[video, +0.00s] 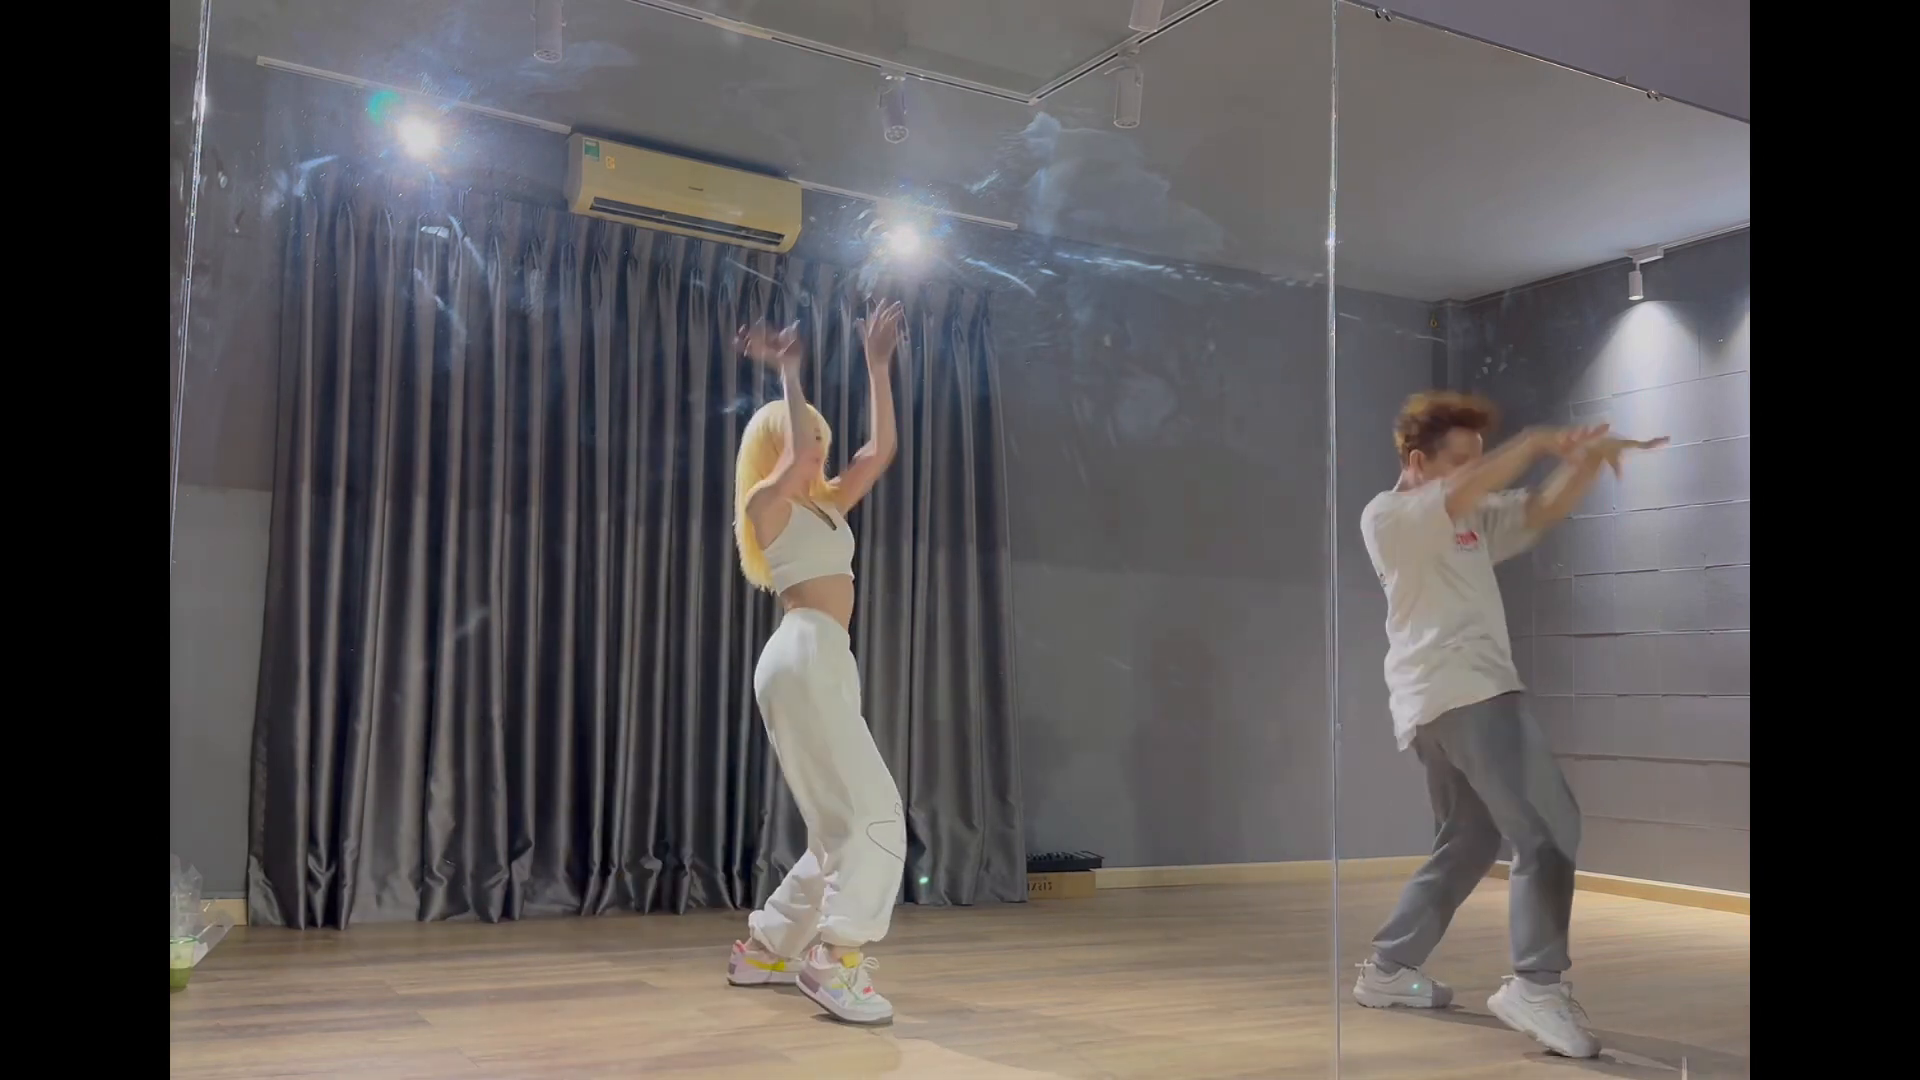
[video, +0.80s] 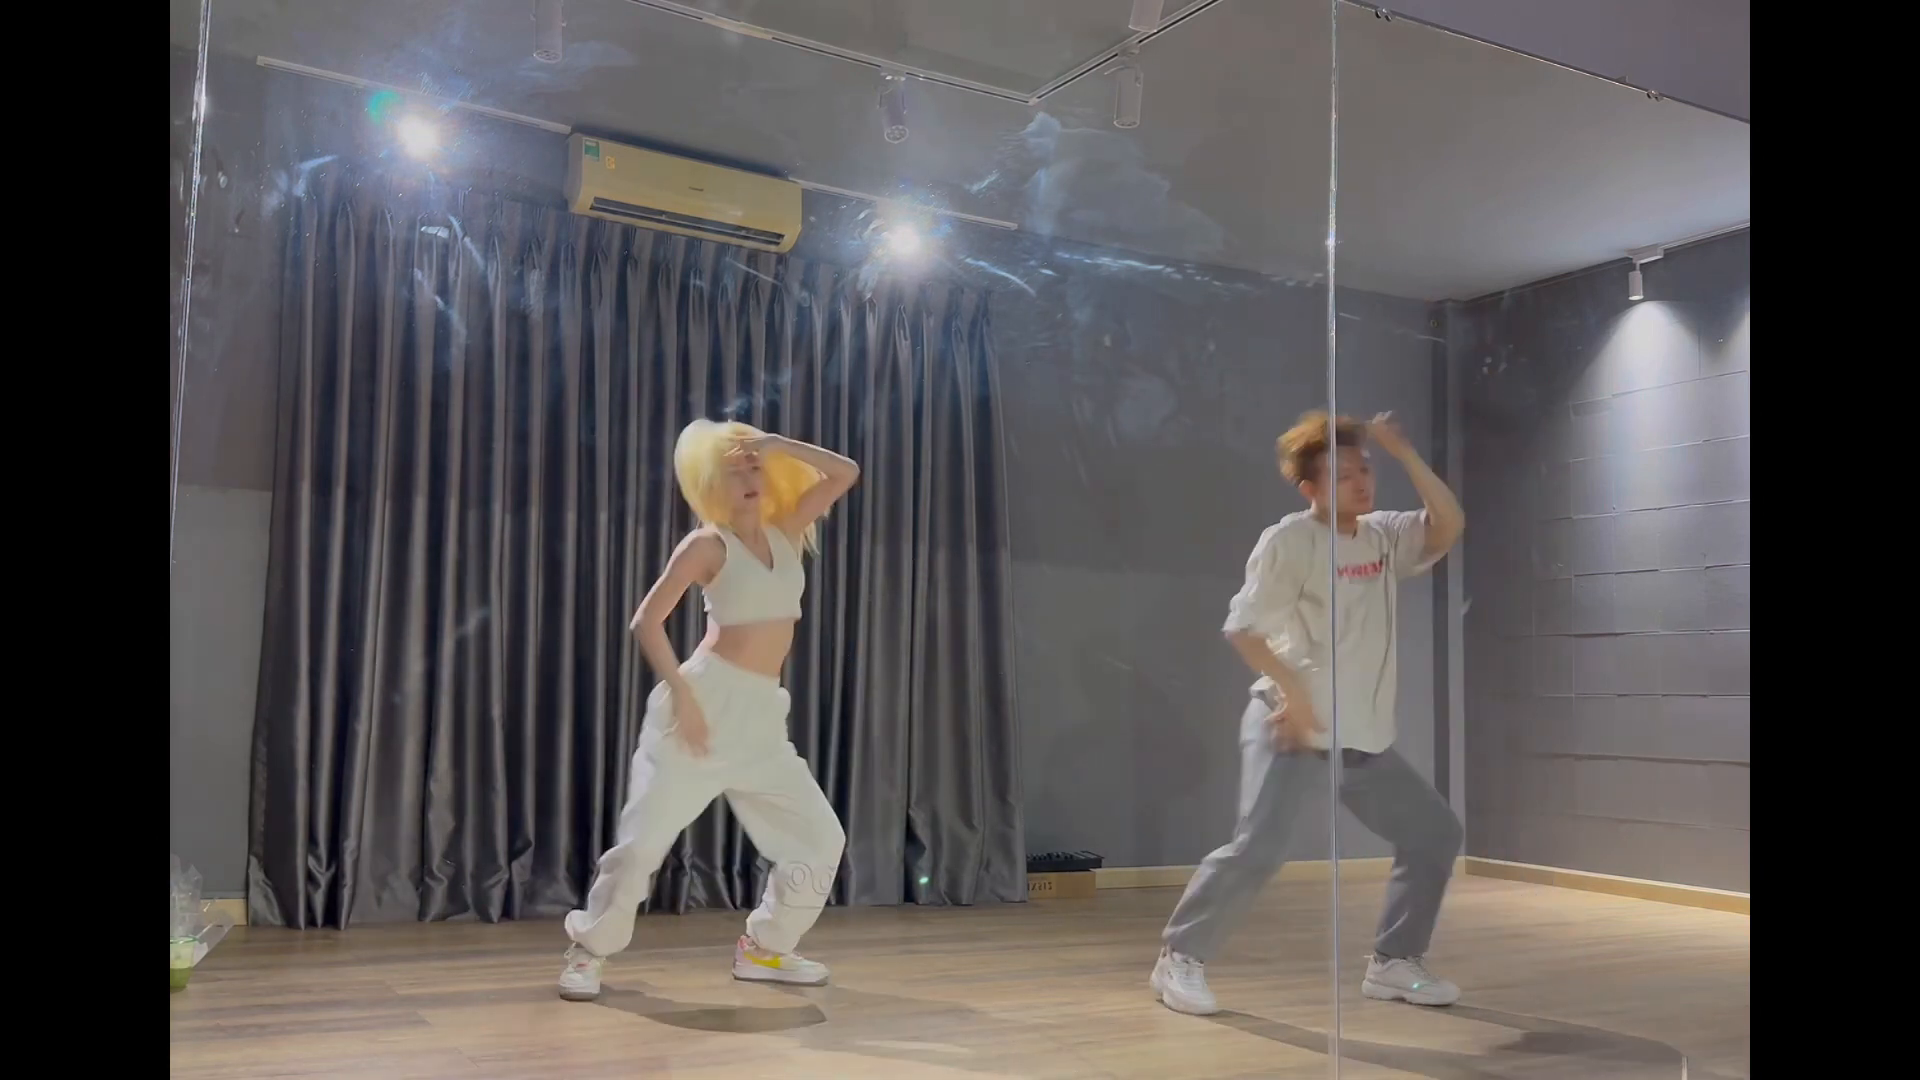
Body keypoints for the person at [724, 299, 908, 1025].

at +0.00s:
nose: (821, 440)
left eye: (820, 434)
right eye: (808, 434)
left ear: (815, 450)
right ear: (772, 446)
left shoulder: (822, 503)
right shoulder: (767, 507)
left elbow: (880, 449)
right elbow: (807, 453)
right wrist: (789, 372)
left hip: (803, 661)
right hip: (810, 658)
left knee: (843, 828)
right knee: (879, 818)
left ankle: (767, 946)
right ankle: (837, 959)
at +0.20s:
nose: (820, 462)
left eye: (826, 455)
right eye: (807, 452)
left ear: (832, 466)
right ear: (779, 461)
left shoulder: (824, 517)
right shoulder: (772, 517)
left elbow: (878, 458)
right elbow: (711, 449)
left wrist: (844, 401)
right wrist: (763, 400)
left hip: (823, 677)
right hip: (810, 675)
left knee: (835, 826)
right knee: (887, 817)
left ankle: (770, 945)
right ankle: (847, 958)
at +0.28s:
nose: (821, 465)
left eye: (829, 457)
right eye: (809, 453)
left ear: (833, 469)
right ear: (781, 461)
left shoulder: (822, 527)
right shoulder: (768, 521)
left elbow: (878, 483)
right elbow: (689, 476)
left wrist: (843, 437)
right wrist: (731, 433)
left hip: (832, 687)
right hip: (805, 686)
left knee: (843, 842)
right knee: (884, 827)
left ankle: (769, 946)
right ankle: (860, 968)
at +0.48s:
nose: (813, 466)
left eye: (821, 462)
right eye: (805, 454)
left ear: (823, 480)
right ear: (777, 460)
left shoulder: (814, 538)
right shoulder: (732, 511)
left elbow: (904, 560)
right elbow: (684, 558)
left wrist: (865, 510)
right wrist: (700, 496)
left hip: (824, 677)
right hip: (757, 681)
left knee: (835, 821)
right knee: (810, 791)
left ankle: (766, 944)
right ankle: (833, 954)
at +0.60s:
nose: (796, 476)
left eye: (807, 474)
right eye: (792, 461)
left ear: (808, 484)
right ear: (767, 455)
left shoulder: (794, 523)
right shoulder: (705, 505)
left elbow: (842, 550)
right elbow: (691, 584)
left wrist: (873, 495)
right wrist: (740, 540)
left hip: (808, 670)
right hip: (743, 674)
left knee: (822, 820)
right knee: (759, 799)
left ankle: (765, 947)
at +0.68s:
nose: (769, 493)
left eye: (782, 485)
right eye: (766, 478)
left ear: (791, 485)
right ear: (747, 463)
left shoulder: (784, 519)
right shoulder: (698, 512)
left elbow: (826, 536)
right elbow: (673, 594)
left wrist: (831, 463)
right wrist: (712, 607)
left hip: (796, 679)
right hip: (732, 680)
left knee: (824, 834)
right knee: (713, 825)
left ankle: (765, 947)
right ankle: (616, 927)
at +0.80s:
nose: (748, 475)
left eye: (756, 464)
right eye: (732, 467)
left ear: (770, 476)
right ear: (707, 485)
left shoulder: (789, 532)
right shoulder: (707, 546)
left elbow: (844, 472)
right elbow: (647, 622)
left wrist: (773, 442)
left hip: (763, 721)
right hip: (698, 708)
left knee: (821, 841)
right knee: (641, 847)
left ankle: (765, 949)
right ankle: (586, 953)